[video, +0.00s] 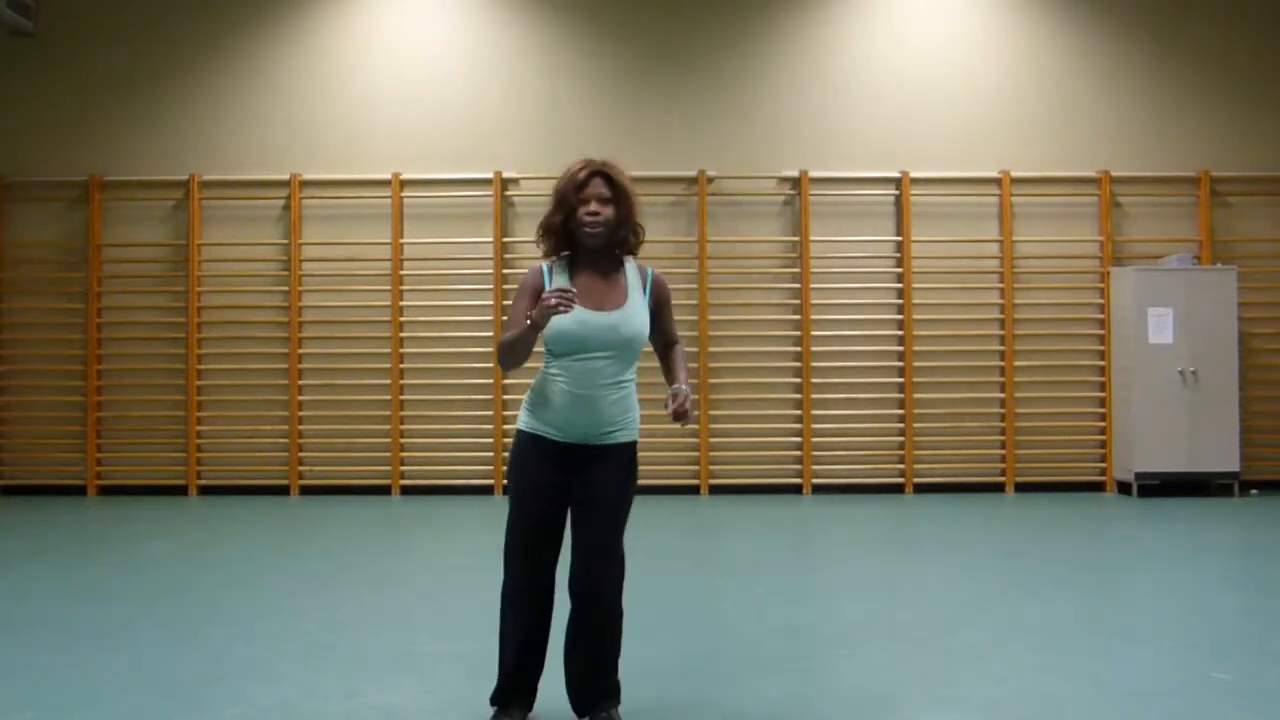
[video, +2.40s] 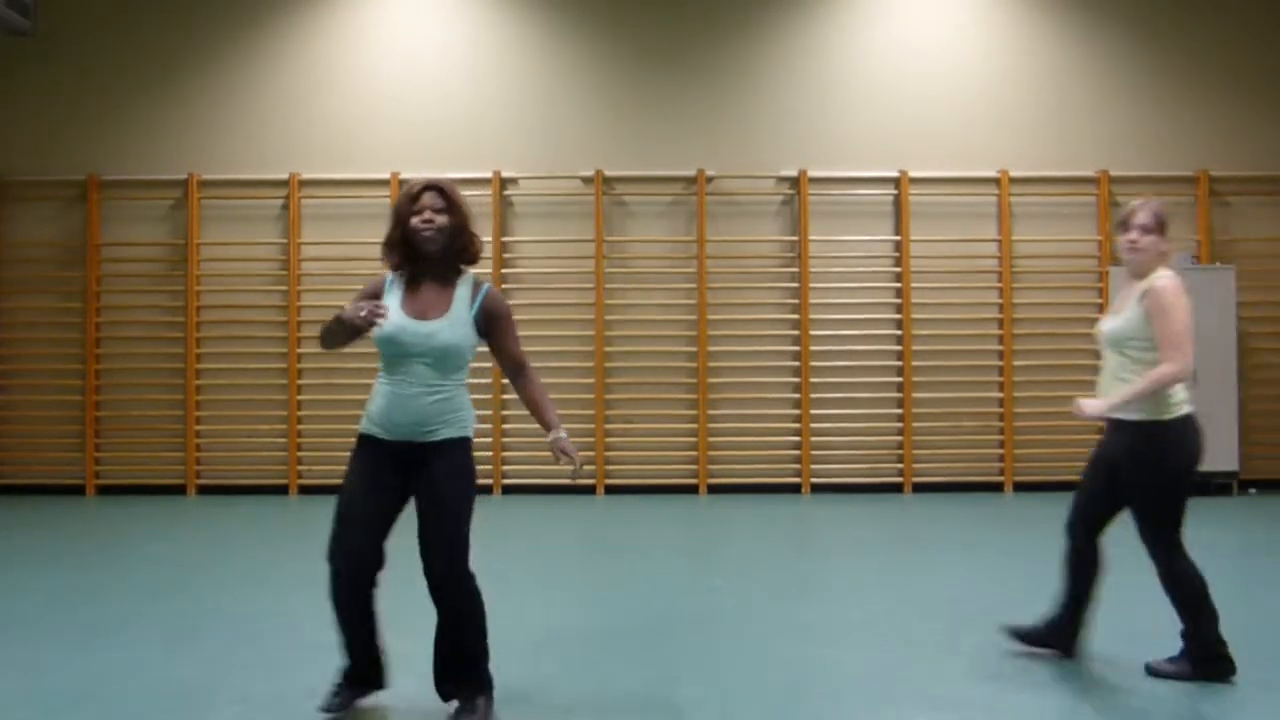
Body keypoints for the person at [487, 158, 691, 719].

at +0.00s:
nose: (595, 210)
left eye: (606, 201)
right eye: (583, 201)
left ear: (622, 211)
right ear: (567, 213)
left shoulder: (647, 283)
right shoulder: (543, 276)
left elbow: (668, 344)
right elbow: (508, 358)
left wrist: (679, 384)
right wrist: (536, 322)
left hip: (612, 445)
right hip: (542, 442)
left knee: (599, 579)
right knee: (526, 576)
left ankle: (599, 705)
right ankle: (512, 704)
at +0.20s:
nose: (588, 223)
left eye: (598, 213)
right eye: (577, 214)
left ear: (613, 222)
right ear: (560, 223)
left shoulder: (640, 289)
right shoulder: (537, 292)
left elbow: (658, 362)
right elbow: (521, 368)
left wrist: (664, 416)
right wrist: (530, 413)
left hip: (613, 459)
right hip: (544, 456)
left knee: (602, 585)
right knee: (528, 584)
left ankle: (600, 707)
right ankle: (511, 706)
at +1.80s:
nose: (533, 212)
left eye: (543, 203)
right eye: (523, 204)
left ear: (559, 214)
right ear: (508, 216)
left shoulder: (583, 280)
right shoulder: (500, 279)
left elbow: (617, 353)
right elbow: (488, 354)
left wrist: (619, 420)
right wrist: (454, 411)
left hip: (569, 443)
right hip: (502, 441)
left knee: (579, 567)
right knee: (473, 562)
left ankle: (600, 697)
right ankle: (459, 693)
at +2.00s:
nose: (504, 224)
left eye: (514, 216)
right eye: (494, 216)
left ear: (530, 226)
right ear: (477, 227)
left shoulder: (549, 295)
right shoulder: (462, 287)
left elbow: (579, 368)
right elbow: (438, 351)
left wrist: (586, 422)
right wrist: (386, 375)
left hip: (525, 448)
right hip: (457, 447)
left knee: (548, 568)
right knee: (436, 566)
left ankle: (598, 697)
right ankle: (406, 697)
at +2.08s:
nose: (489, 226)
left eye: (499, 217)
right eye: (478, 218)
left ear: (515, 228)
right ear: (461, 228)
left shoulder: (533, 299)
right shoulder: (441, 290)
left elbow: (561, 374)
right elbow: (402, 353)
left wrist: (572, 424)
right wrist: (355, 359)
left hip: (500, 450)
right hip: (434, 447)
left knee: (515, 566)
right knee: (416, 568)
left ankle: (585, 691)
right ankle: (409, 695)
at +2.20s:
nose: (466, 224)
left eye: (476, 216)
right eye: (455, 216)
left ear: (490, 226)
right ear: (438, 226)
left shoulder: (513, 298)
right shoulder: (416, 288)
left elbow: (539, 373)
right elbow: (376, 352)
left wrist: (562, 425)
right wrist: (358, 333)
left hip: (476, 443)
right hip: (411, 442)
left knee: (461, 557)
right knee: (403, 569)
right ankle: (408, 690)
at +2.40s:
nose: (428, 219)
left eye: (439, 212)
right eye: (418, 213)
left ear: (458, 226)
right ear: (403, 227)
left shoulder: (480, 298)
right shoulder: (385, 287)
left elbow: (519, 371)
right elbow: (329, 341)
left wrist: (555, 428)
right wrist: (349, 322)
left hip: (446, 447)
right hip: (380, 443)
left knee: (447, 570)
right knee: (348, 556)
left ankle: (473, 692)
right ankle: (362, 674)